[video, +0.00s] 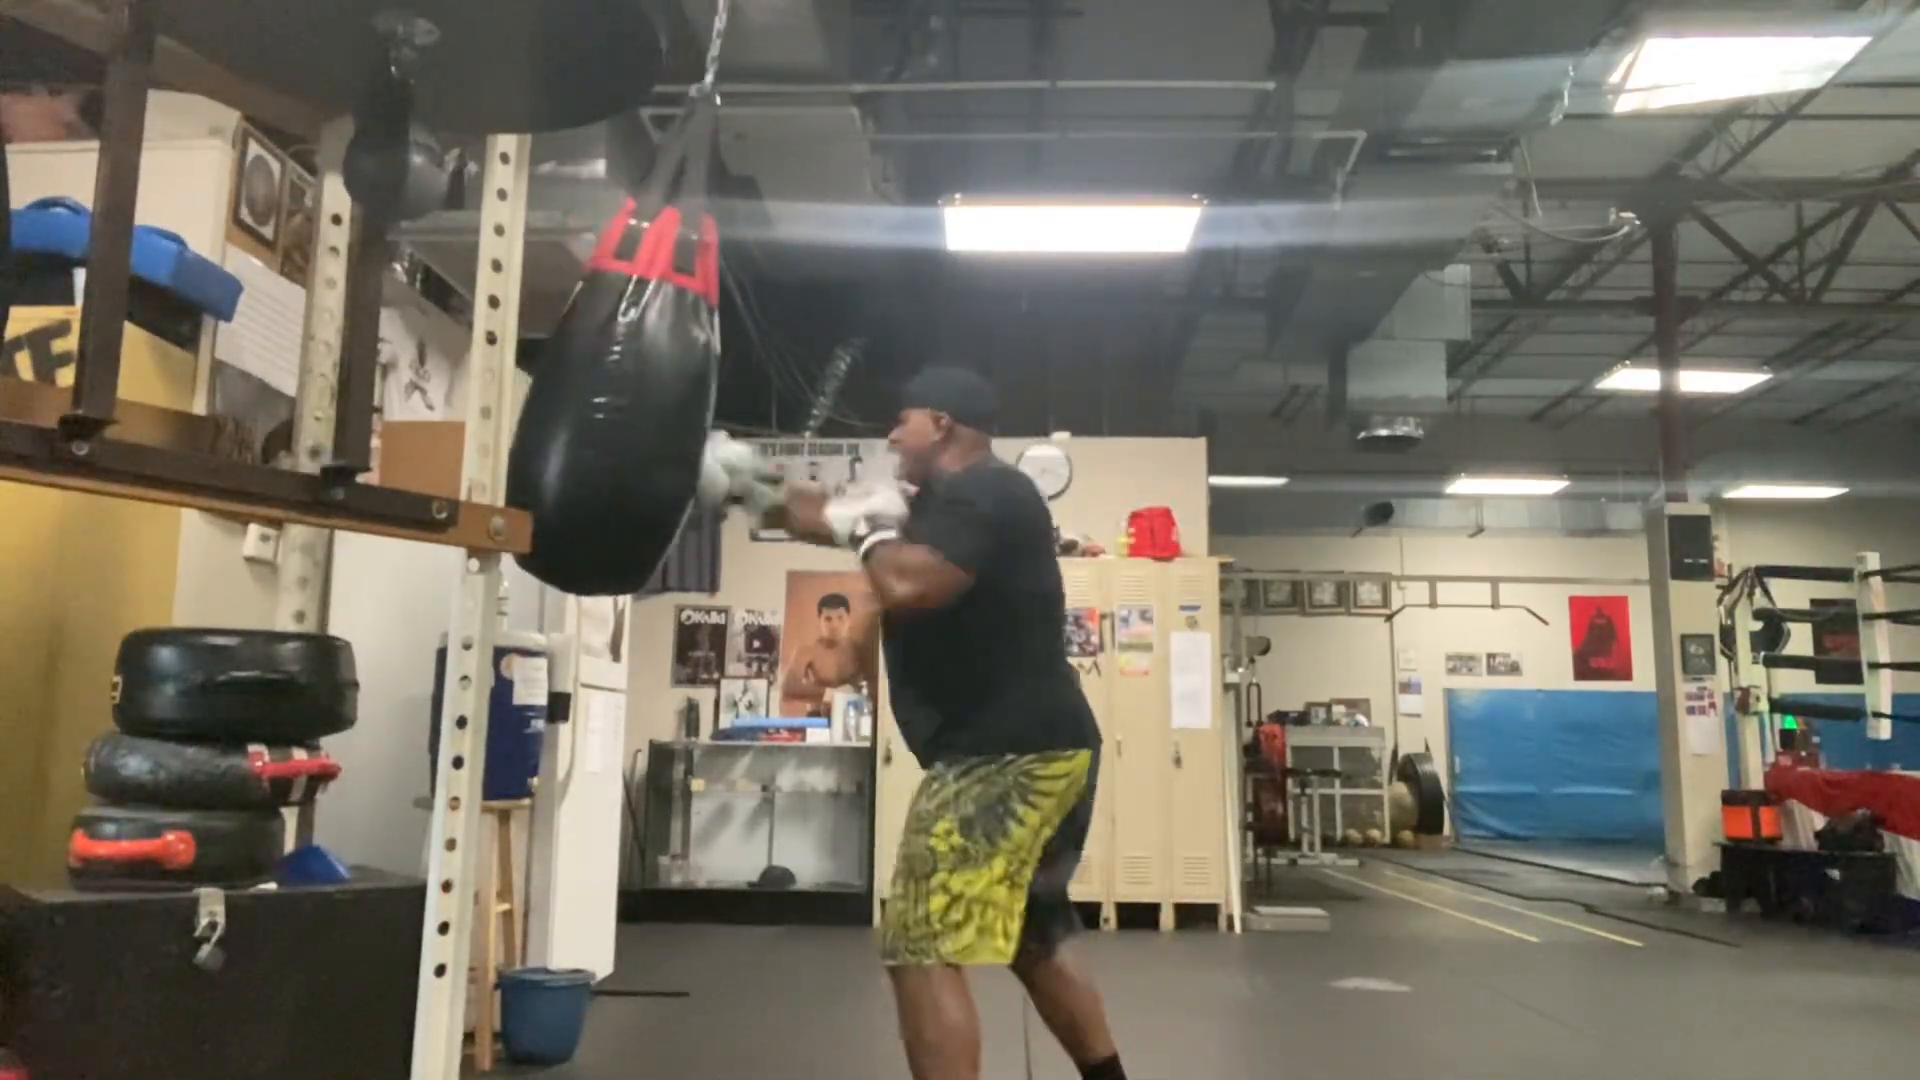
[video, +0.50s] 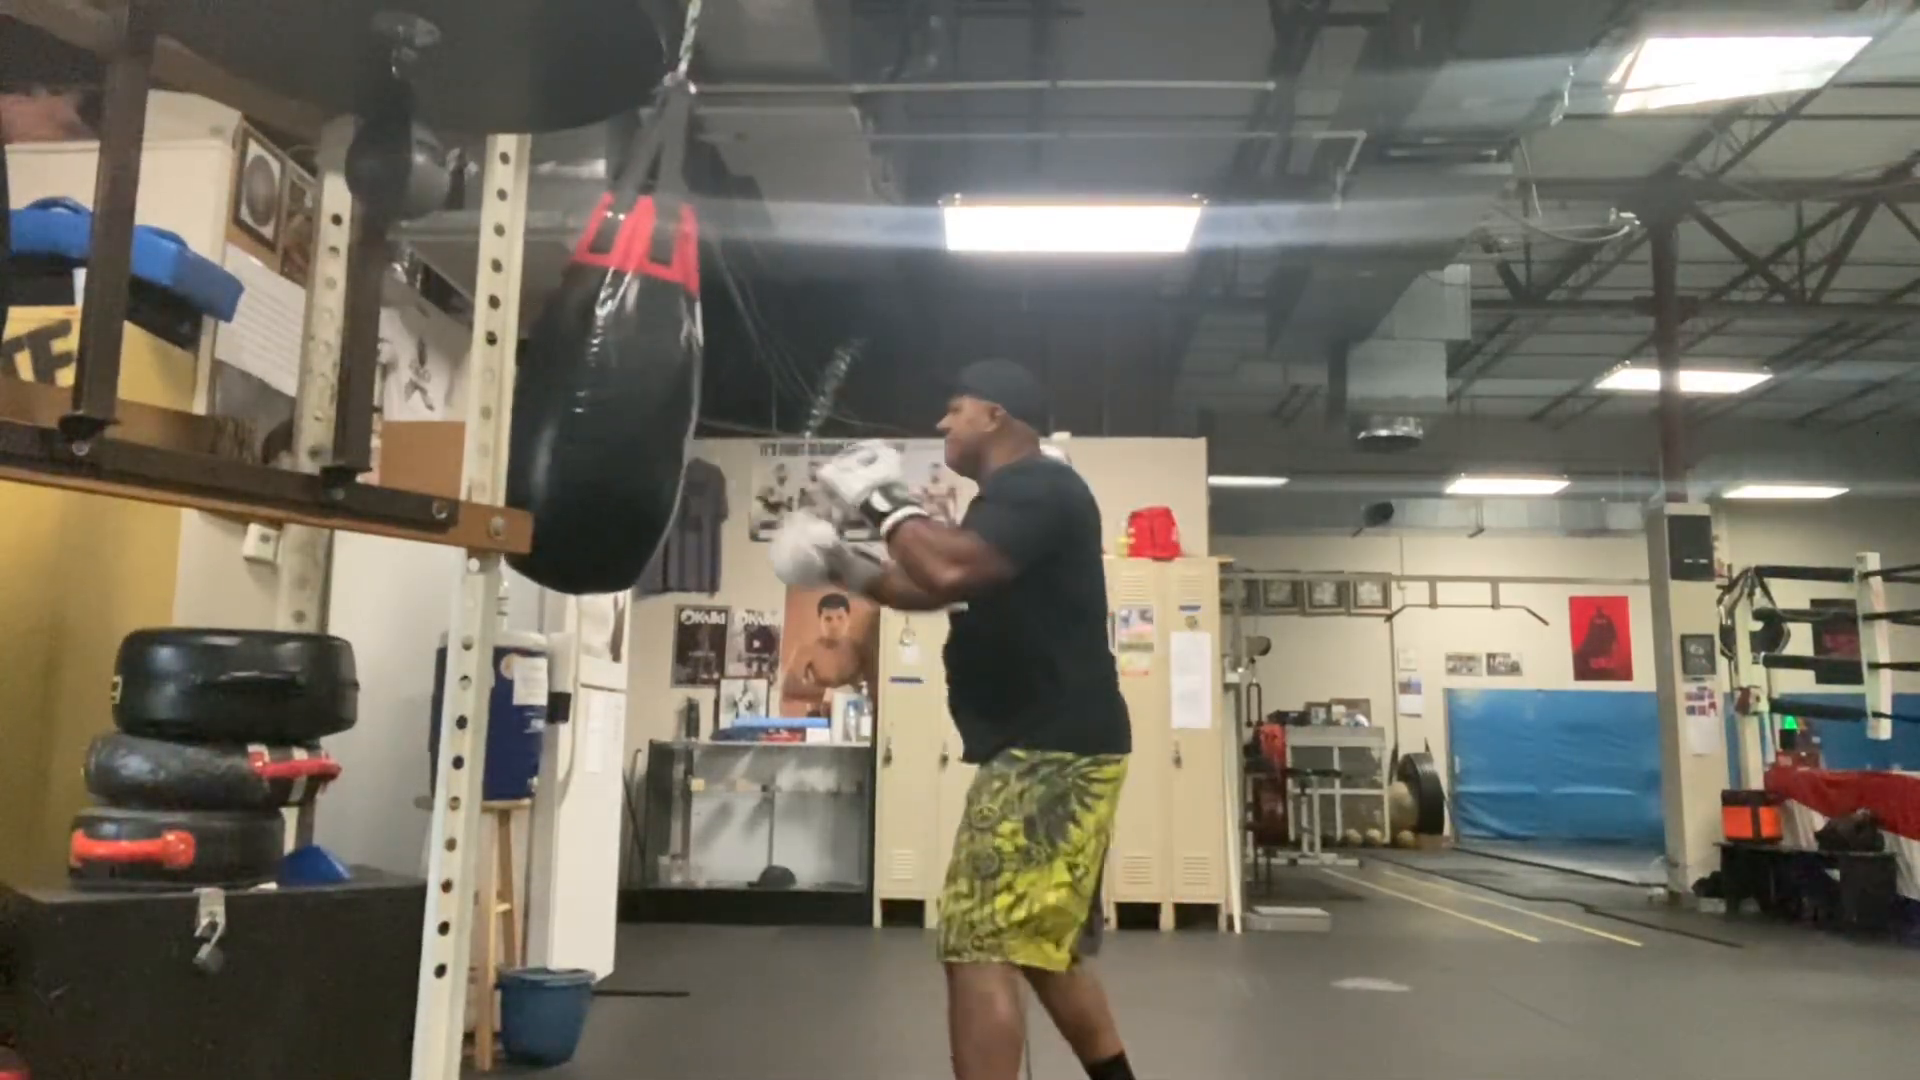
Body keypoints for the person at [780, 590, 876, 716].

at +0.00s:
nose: (834, 625)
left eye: (840, 618)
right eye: (828, 619)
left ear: (848, 620)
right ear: (819, 621)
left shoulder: (857, 651)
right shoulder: (808, 652)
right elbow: (789, 688)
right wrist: (825, 693)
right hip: (820, 716)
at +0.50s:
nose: (834, 624)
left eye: (840, 618)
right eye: (828, 619)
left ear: (848, 619)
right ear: (820, 620)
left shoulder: (858, 651)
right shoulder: (807, 651)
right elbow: (789, 688)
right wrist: (826, 693)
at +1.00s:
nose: (834, 625)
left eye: (840, 618)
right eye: (828, 619)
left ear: (848, 619)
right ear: (819, 620)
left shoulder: (857, 651)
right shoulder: (809, 651)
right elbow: (789, 686)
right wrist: (827, 693)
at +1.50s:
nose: (835, 625)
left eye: (840, 618)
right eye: (828, 619)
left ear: (849, 620)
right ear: (819, 621)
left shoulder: (859, 652)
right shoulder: (808, 652)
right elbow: (789, 687)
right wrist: (827, 693)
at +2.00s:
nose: (834, 625)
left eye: (840, 618)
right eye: (828, 619)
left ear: (848, 619)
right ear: (819, 620)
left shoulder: (857, 652)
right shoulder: (807, 652)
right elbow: (788, 688)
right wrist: (824, 693)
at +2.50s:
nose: (834, 625)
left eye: (840, 618)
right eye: (828, 619)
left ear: (848, 619)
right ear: (819, 620)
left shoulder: (857, 653)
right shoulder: (807, 652)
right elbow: (789, 688)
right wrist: (825, 694)